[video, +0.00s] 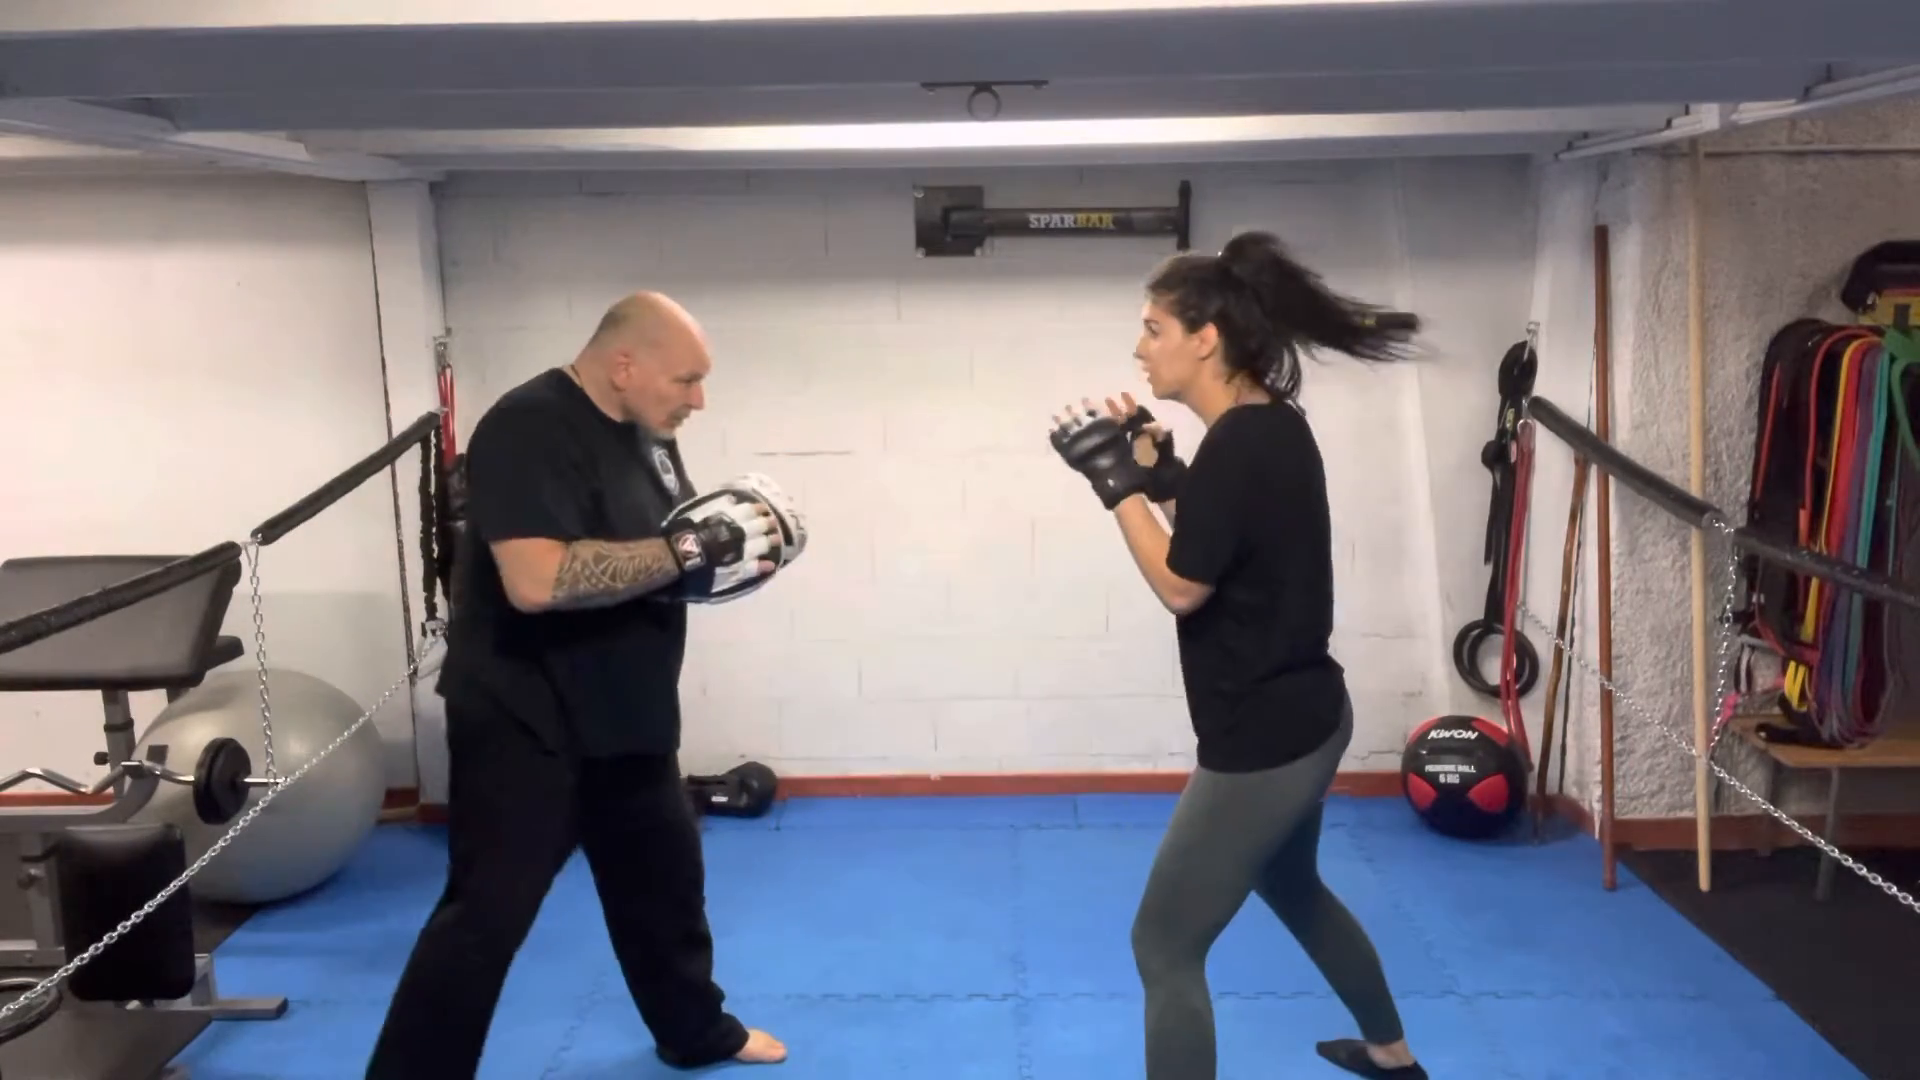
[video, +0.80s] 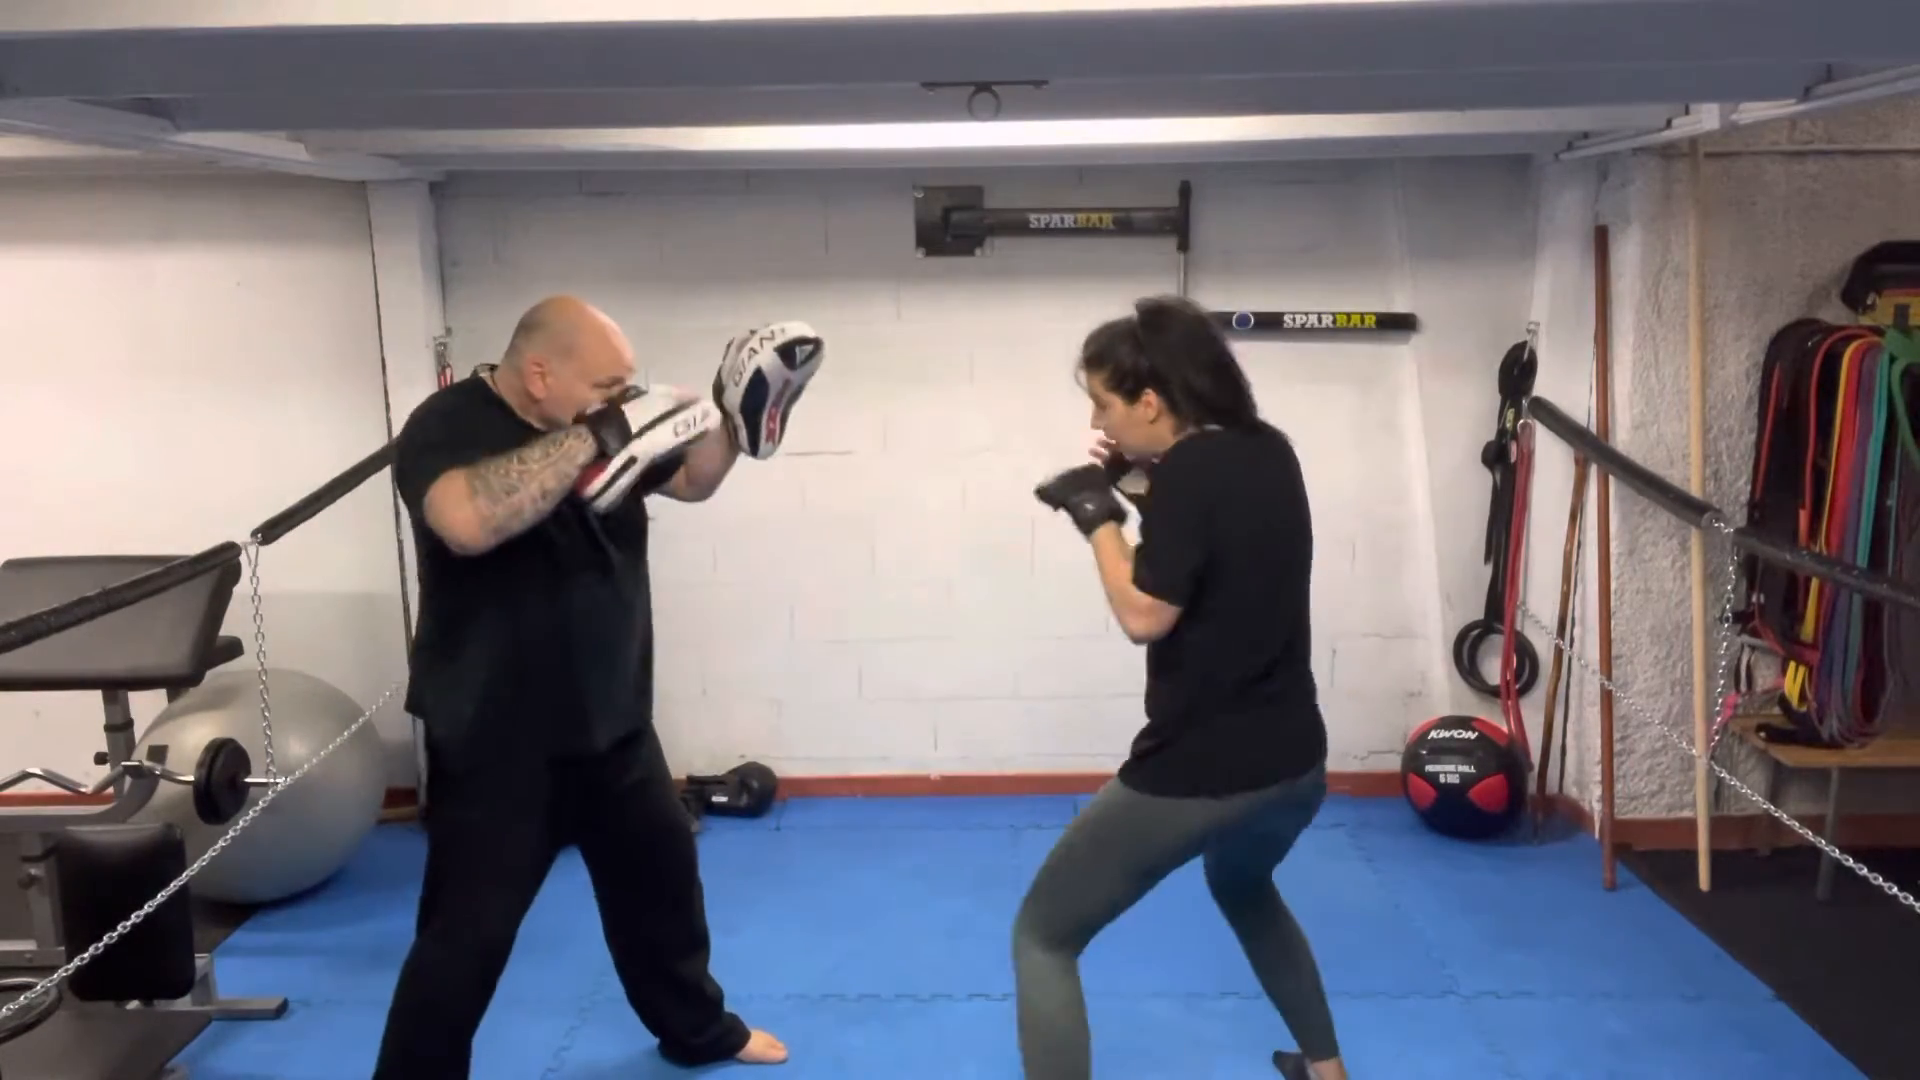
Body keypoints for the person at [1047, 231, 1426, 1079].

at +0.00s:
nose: (1140, 349)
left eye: (1152, 330)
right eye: (1143, 330)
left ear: (1206, 340)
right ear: (1208, 340)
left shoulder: (1239, 444)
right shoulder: (1276, 428)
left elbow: (1180, 586)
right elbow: (1234, 552)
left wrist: (1116, 485)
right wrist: (1167, 473)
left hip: (1259, 746)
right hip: (1308, 722)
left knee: (1165, 945)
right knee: (1292, 885)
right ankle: (1390, 1048)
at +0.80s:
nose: (1096, 421)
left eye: (1101, 402)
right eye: (1094, 403)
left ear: (1151, 399)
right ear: (1167, 390)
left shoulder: (1187, 474)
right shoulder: (1271, 453)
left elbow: (1145, 615)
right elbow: (1233, 560)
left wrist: (1100, 523)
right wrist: (1150, 487)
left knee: (1045, 935)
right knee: (1244, 886)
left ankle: (1058, 1079)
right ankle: (1326, 1064)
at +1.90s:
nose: (1045, 428)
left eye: (1053, 412)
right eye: (1045, 410)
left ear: (1103, 418)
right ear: (1142, 395)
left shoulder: (1186, 486)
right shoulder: (1209, 463)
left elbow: (1150, 645)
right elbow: (1179, 604)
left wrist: (1037, 555)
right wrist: (1095, 532)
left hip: (1216, 799)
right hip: (1256, 774)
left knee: (1074, 976)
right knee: (1197, 906)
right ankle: (1301, 1060)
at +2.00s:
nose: (1049, 428)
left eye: (1058, 411)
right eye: (1048, 409)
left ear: (1107, 411)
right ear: (1143, 395)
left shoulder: (1185, 488)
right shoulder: (1209, 466)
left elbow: (1146, 645)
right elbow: (1189, 603)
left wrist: (1033, 557)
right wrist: (1098, 541)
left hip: (1215, 801)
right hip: (1248, 776)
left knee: (1106, 1006)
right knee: (1200, 916)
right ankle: (1299, 1059)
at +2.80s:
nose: (1011, 482)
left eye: (1019, 467)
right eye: (1006, 467)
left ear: (1060, 451)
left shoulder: (1149, 469)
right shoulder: (1096, 468)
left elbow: (1048, 577)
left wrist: (995, 493)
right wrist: (981, 488)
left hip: (1219, 754)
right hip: (1147, 744)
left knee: (1184, 995)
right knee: (1081, 869)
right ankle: (1164, 999)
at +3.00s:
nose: (1008, 513)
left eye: (1009, 499)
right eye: (999, 504)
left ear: (1035, 471)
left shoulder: (1120, 477)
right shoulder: (1082, 475)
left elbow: (1033, 599)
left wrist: (968, 515)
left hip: (1217, 757)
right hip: (1153, 745)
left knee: (1170, 991)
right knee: (1087, 862)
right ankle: (1160, 997)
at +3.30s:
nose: (992, 603)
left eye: (983, 598)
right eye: (982, 602)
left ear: (996, 558)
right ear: (994, 545)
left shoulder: (1071, 545)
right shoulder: (1069, 525)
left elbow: (1053, 697)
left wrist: (983, 653)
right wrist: (995, 652)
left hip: (1233, 785)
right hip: (1173, 763)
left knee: (1114, 999)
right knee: (1095, 864)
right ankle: (1158, 1003)